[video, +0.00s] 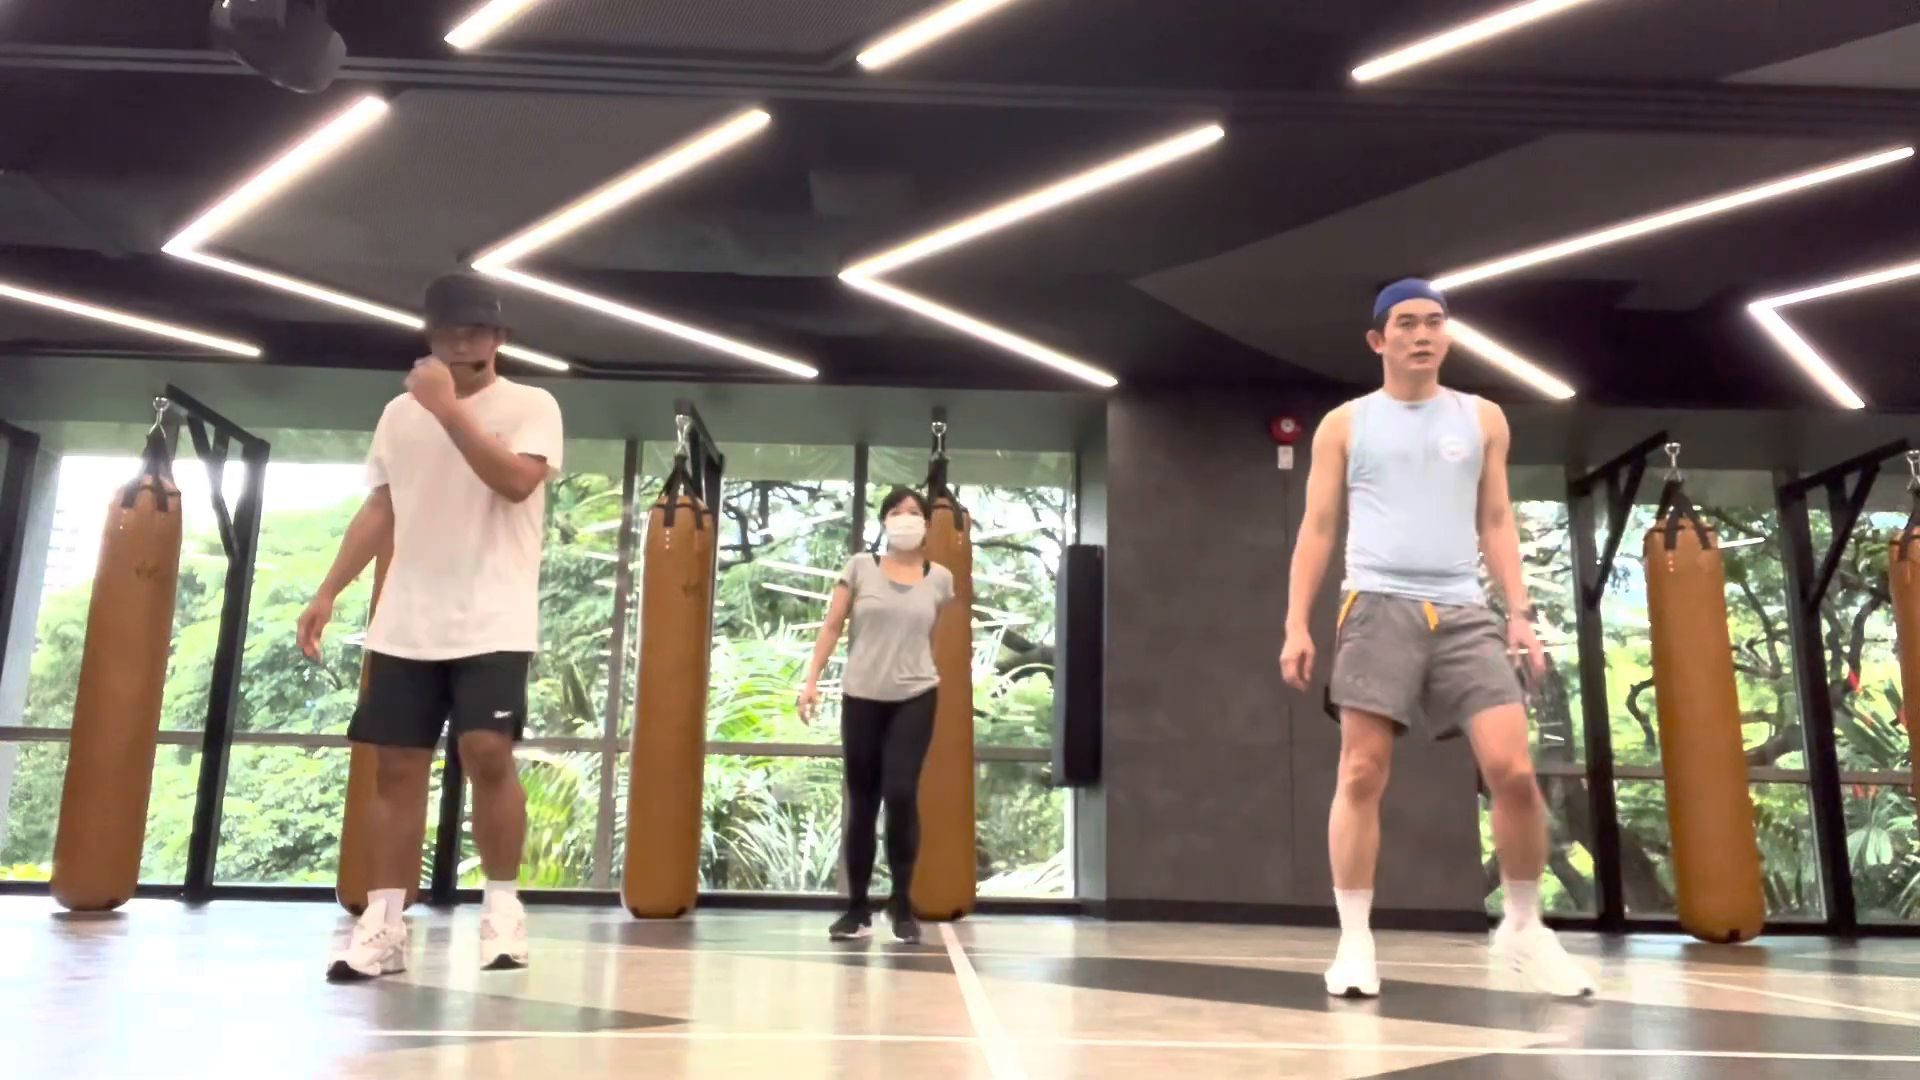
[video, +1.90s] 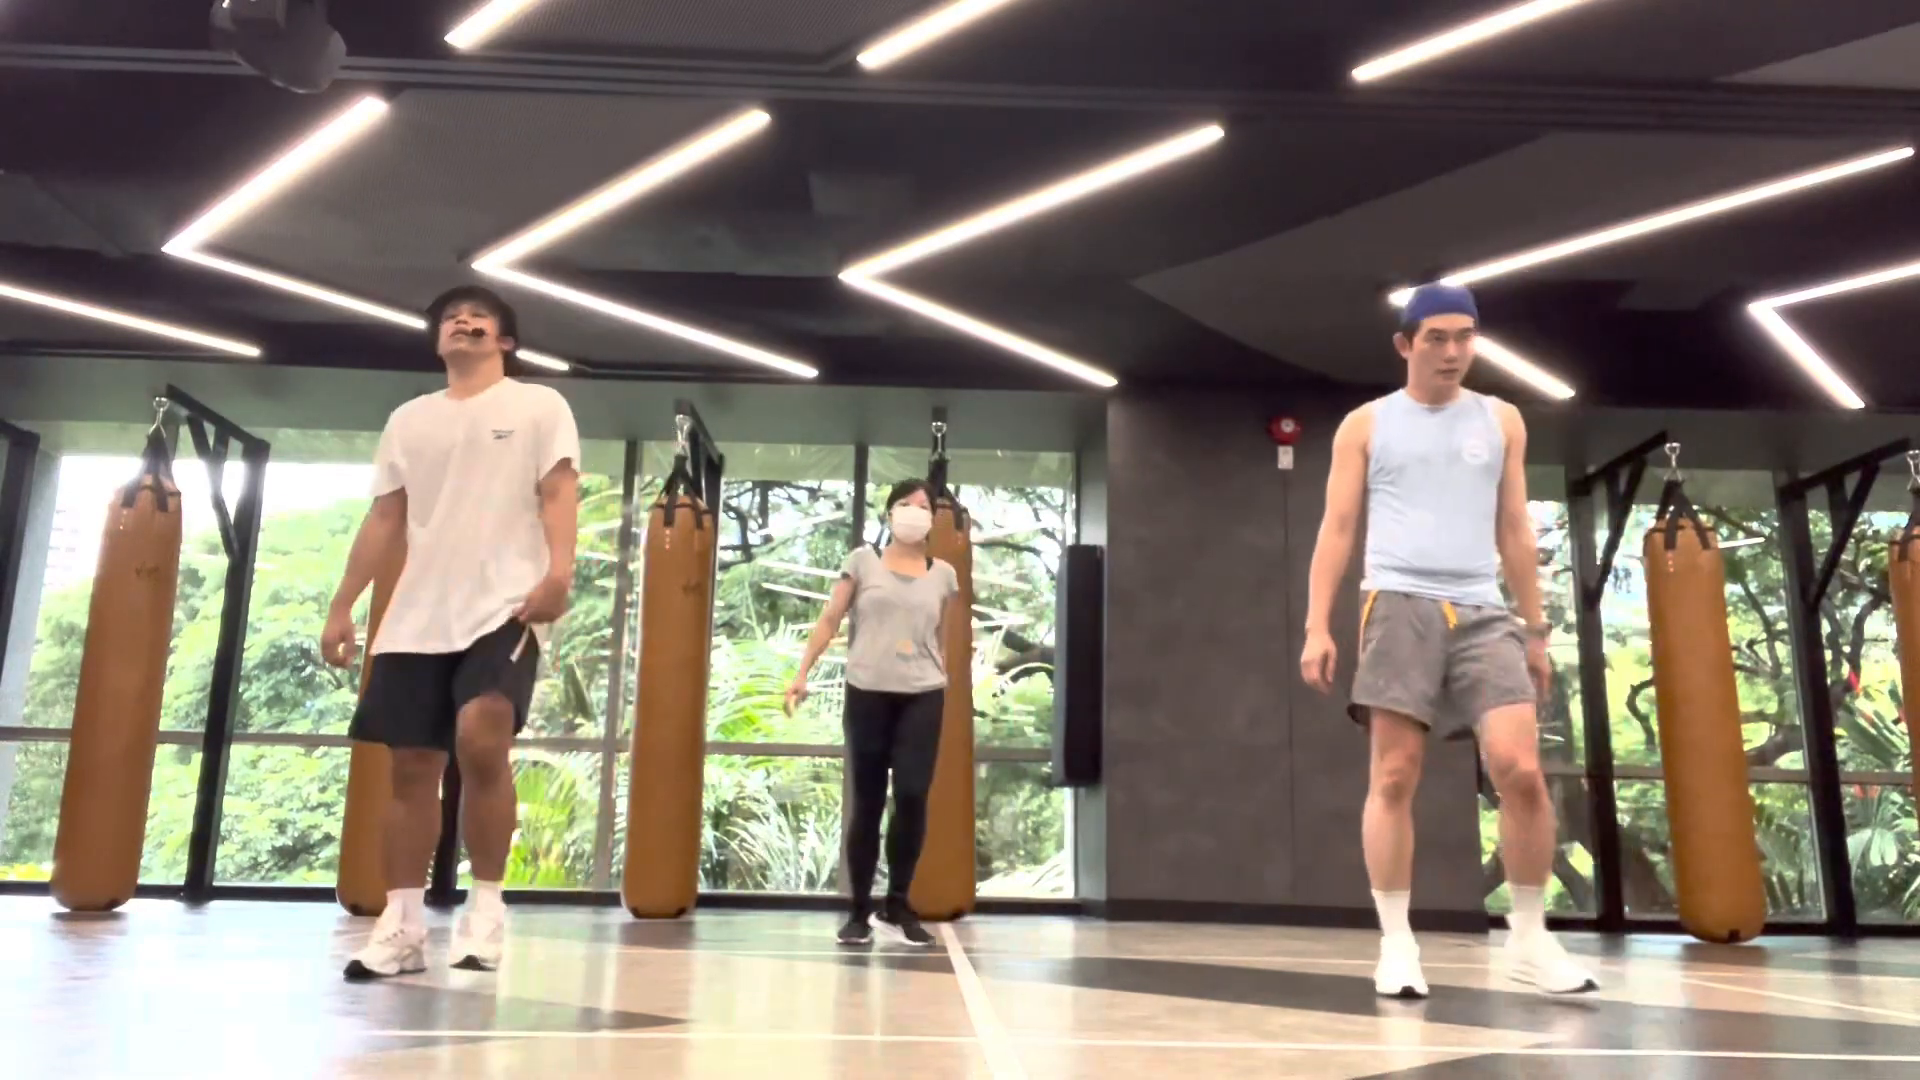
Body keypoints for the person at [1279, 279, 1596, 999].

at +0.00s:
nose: (1421, 334)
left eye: (1432, 323)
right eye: (1407, 323)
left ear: (1448, 337)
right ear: (1378, 340)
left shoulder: (1484, 420)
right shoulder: (1343, 425)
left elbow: (1497, 522)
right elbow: (1318, 526)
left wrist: (1520, 611)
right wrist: (1297, 621)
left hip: (1467, 617)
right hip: (1378, 615)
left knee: (1516, 774)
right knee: (1361, 772)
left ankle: (1522, 932)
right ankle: (1354, 945)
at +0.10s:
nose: (1414, 333)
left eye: (1424, 323)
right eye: (1399, 323)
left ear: (1440, 337)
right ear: (1369, 340)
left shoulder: (1474, 421)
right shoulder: (1335, 425)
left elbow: (1485, 533)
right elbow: (1304, 526)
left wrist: (1497, 633)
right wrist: (1278, 621)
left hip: (1455, 613)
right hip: (1370, 610)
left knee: (1468, 774)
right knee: (1359, 773)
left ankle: (1442, 922)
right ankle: (1354, 943)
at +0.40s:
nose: (1431, 329)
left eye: (1442, 319)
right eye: (1416, 318)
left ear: (1453, 335)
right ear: (1383, 332)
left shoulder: (1477, 419)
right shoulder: (1344, 416)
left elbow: (1482, 527)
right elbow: (1316, 518)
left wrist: (1489, 618)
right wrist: (1306, 613)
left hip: (1465, 613)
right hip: (1377, 613)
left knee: (1514, 758)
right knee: (1361, 776)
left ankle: (1482, 924)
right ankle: (1355, 945)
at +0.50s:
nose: (1453, 331)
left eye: (1462, 321)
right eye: (1438, 319)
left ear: (1471, 336)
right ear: (1402, 332)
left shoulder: (1492, 421)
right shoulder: (1360, 416)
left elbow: (1492, 526)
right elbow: (1332, 516)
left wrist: (1502, 615)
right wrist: (1336, 610)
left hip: (1483, 616)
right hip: (1395, 615)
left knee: (1543, 767)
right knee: (1370, 777)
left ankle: (1567, 946)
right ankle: (1355, 947)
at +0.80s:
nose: (1526, 329)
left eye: (1536, 317)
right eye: (1510, 318)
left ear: (1549, 331)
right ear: (1479, 332)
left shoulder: (1572, 416)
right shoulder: (1445, 414)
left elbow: (1581, 518)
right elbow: (1417, 518)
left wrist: (1596, 603)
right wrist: (1417, 614)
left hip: (1574, 613)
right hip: (1486, 614)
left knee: (1603, 775)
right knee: (1453, 769)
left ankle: (1613, 962)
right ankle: (1396, 930)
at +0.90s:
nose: (1540, 324)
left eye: (1549, 314)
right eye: (1523, 313)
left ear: (1561, 330)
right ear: (1490, 330)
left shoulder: (1590, 414)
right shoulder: (1458, 412)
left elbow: (1605, 514)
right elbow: (1430, 516)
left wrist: (1624, 601)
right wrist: (1429, 615)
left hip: (1592, 608)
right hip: (1506, 605)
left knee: (1607, 776)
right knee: (1509, 765)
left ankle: (1615, 959)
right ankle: (1459, 925)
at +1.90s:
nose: (1451, 349)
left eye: (1462, 336)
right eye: (1436, 336)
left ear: (1475, 342)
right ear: (1406, 345)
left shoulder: (1502, 421)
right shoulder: (1365, 425)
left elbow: (1516, 532)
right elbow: (1338, 528)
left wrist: (1535, 630)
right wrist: (1319, 625)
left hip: (1486, 617)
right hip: (1401, 614)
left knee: (1523, 774)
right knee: (1394, 778)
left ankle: (1529, 944)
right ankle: (1397, 946)